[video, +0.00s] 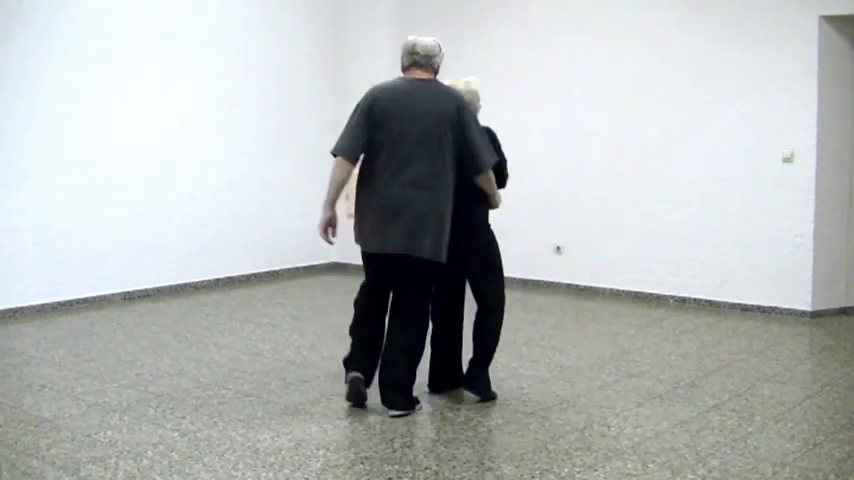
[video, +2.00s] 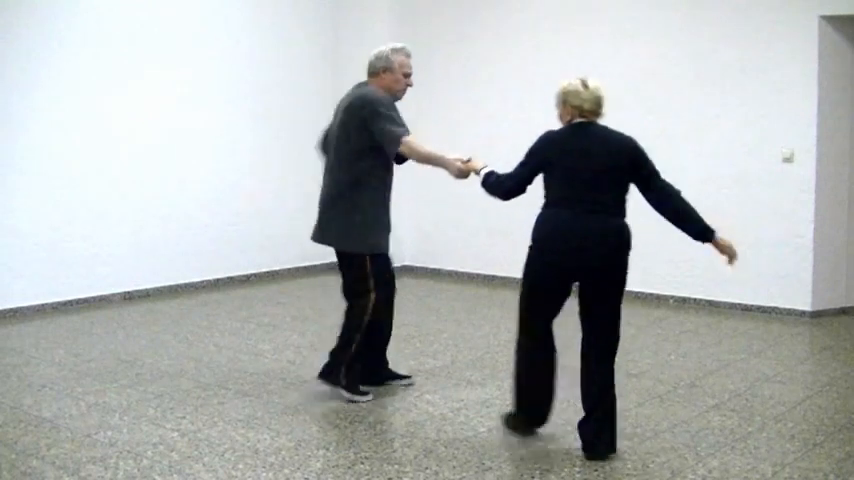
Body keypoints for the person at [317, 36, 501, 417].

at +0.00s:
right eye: (436, 65)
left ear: (402, 65)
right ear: (437, 67)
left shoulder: (378, 96)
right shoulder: (453, 102)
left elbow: (346, 156)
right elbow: (479, 166)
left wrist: (329, 205)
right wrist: (493, 196)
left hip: (377, 222)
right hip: (428, 226)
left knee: (373, 292)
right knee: (411, 308)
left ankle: (358, 370)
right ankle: (398, 397)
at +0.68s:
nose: (411, 77)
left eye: (411, 70)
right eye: (410, 70)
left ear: (376, 66)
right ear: (397, 67)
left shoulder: (341, 97)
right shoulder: (393, 98)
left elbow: (305, 154)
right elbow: (421, 153)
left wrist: (304, 196)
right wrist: (466, 182)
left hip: (339, 220)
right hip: (383, 220)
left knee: (356, 305)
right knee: (410, 288)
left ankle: (360, 383)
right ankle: (393, 366)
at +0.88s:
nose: (409, 78)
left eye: (409, 71)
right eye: (406, 70)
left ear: (374, 68)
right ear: (389, 68)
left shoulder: (339, 98)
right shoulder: (383, 97)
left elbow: (313, 158)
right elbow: (409, 150)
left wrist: (338, 195)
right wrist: (459, 176)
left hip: (335, 221)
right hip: (377, 222)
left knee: (353, 303)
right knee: (394, 294)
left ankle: (358, 381)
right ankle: (386, 372)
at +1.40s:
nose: (394, 84)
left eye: (395, 76)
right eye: (391, 75)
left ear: (364, 73)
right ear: (369, 72)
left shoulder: (331, 99)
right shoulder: (361, 101)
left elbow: (293, 152)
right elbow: (378, 153)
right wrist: (423, 184)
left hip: (318, 222)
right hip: (346, 225)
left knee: (340, 302)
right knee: (356, 301)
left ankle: (353, 375)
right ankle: (332, 383)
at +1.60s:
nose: (387, 85)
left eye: (388, 78)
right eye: (384, 76)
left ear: (353, 74)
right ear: (363, 72)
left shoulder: (317, 101)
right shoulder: (361, 103)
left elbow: (271, 146)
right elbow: (410, 146)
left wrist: (252, 188)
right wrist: (465, 164)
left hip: (312, 223)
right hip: (336, 225)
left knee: (366, 279)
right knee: (347, 296)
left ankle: (354, 366)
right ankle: (331, 383)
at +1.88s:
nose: (398, 85)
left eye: (399, 77)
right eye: (395, 76)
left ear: (367, 76)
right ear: (373, 74)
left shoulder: (334, 102)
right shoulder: (370, 103)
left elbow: (287, 144)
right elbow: (415, 138)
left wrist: (264, 180)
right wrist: (463, 155)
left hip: (329, 221)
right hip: (345, 223)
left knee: (371, 285)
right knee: (348, 297)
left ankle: (372, 367)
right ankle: (331, 382)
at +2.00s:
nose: (410, 82)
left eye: (411, 75)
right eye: (405, 74)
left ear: (380, 74)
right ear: (384, 72)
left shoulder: (356, 99)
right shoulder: (374, 101)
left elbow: (327, 144)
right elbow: (402, 145)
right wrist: (449, 162)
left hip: (354, 220)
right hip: (357, 222)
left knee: (380, 290)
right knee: (368, 294)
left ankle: (373, 367)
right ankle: (341, 371)